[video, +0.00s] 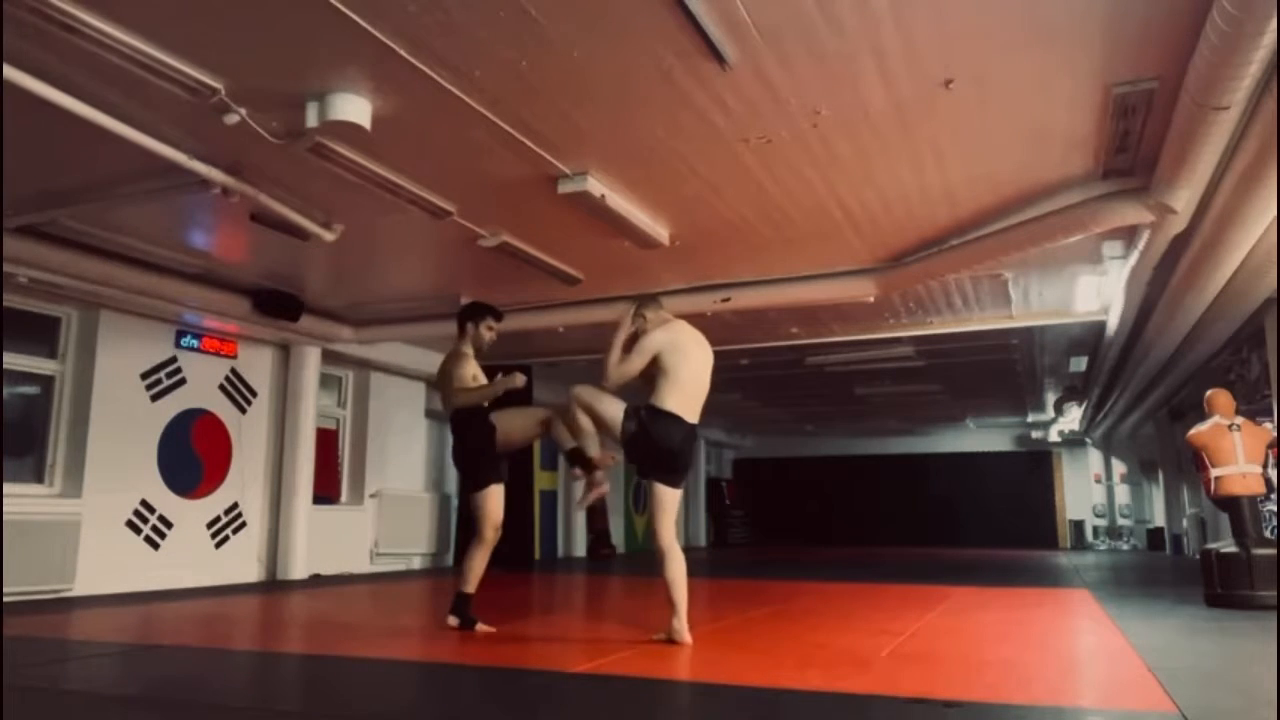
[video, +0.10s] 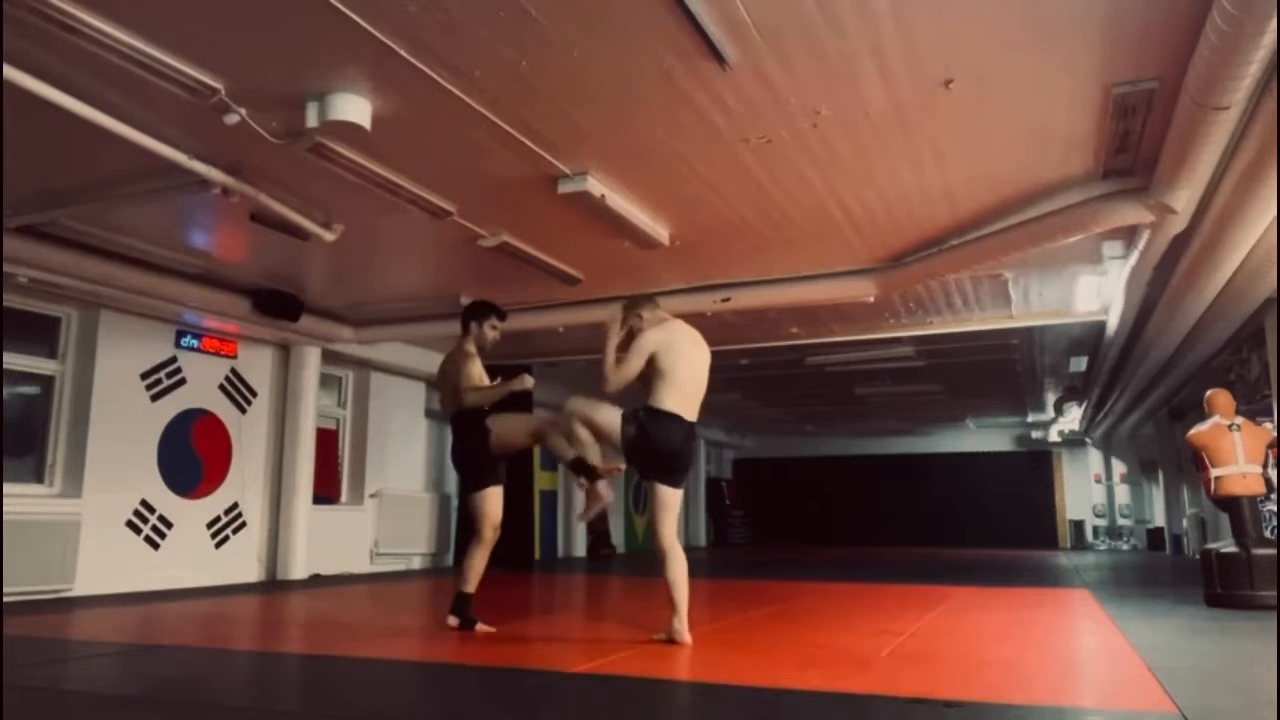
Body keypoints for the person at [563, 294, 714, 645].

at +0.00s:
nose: (639, 332)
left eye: (638, 326)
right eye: (637, 327)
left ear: (648, 315)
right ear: (664, 311)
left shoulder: (660, 335)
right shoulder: (701, 344)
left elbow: (613, 377)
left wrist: (621, 335)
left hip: (650, 430)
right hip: (681, 445)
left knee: (578, 395)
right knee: (667, 538)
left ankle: (595, 468)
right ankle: (680, 623)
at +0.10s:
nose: (632, 335)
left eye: (631, 329)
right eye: (630, 330)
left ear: (641, 317)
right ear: (658, 310)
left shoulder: (654, 335)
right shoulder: (697, 342)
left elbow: (613, 381)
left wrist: (611, 340)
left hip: (650, 433)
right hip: (681, 446)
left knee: (574, 407)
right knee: (668, 538)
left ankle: (596, 482)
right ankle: (680, 625)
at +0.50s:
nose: (618, 328)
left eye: (616, 322)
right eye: (615, 323)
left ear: (626, 309)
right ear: (643, 304)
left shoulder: (636, 334)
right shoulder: (682, 337)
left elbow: (621, 392)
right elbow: (663, 382)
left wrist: (586, 395)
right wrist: (622, 356)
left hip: (637, 433)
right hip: (672, 435)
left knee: (598, 520)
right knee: (671, 534)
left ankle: (589, 617)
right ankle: (683, 624)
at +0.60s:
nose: (615, 326)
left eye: (613, 320)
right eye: (612, 321)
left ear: (624, 307)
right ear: (640, 303)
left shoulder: (634, 334)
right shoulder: (679, 339)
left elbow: (606, 390)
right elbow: (653, 376)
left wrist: (569, 372)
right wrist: (614, 359)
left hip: (634, 435)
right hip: (668, 437)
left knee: (592, 522)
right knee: (671, 535)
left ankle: (589, 619)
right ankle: (684, 624)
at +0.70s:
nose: (612, 326)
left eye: (611, 319)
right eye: (610, 320)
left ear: (622, 308)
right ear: (638, 304)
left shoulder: (629, 335)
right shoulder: (676, 341)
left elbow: (593, 389)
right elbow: (655, 392)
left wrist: (560, 366)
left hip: (629, 440)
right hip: (663, 441)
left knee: (581, 520)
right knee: (670, 535)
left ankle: (587, 616)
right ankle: (684, 623)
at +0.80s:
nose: (605, 324)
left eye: (604, 318)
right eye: (603, 318)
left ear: (615, 308)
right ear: (633, 304)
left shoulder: (620, 335)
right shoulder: (669, 341)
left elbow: (584, 389)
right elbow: (668, 406)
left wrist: (558, 366)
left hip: (619, 439)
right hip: (656, 441)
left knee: (567, 517)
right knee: (670, 535)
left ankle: (574, 613)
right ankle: (684, 622)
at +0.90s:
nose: (596, 323)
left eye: (595, 317)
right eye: (594, 318)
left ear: (606, 307)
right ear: (624, 305)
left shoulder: (608, 336)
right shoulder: (660, 345)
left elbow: (574, 390)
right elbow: (661, 410)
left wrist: (554, 359)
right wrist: (649, 451)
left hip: (606, 440)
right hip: (644, 444)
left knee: (560, 523)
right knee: (656, 535)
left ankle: (558, 622)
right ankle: (680, 622)